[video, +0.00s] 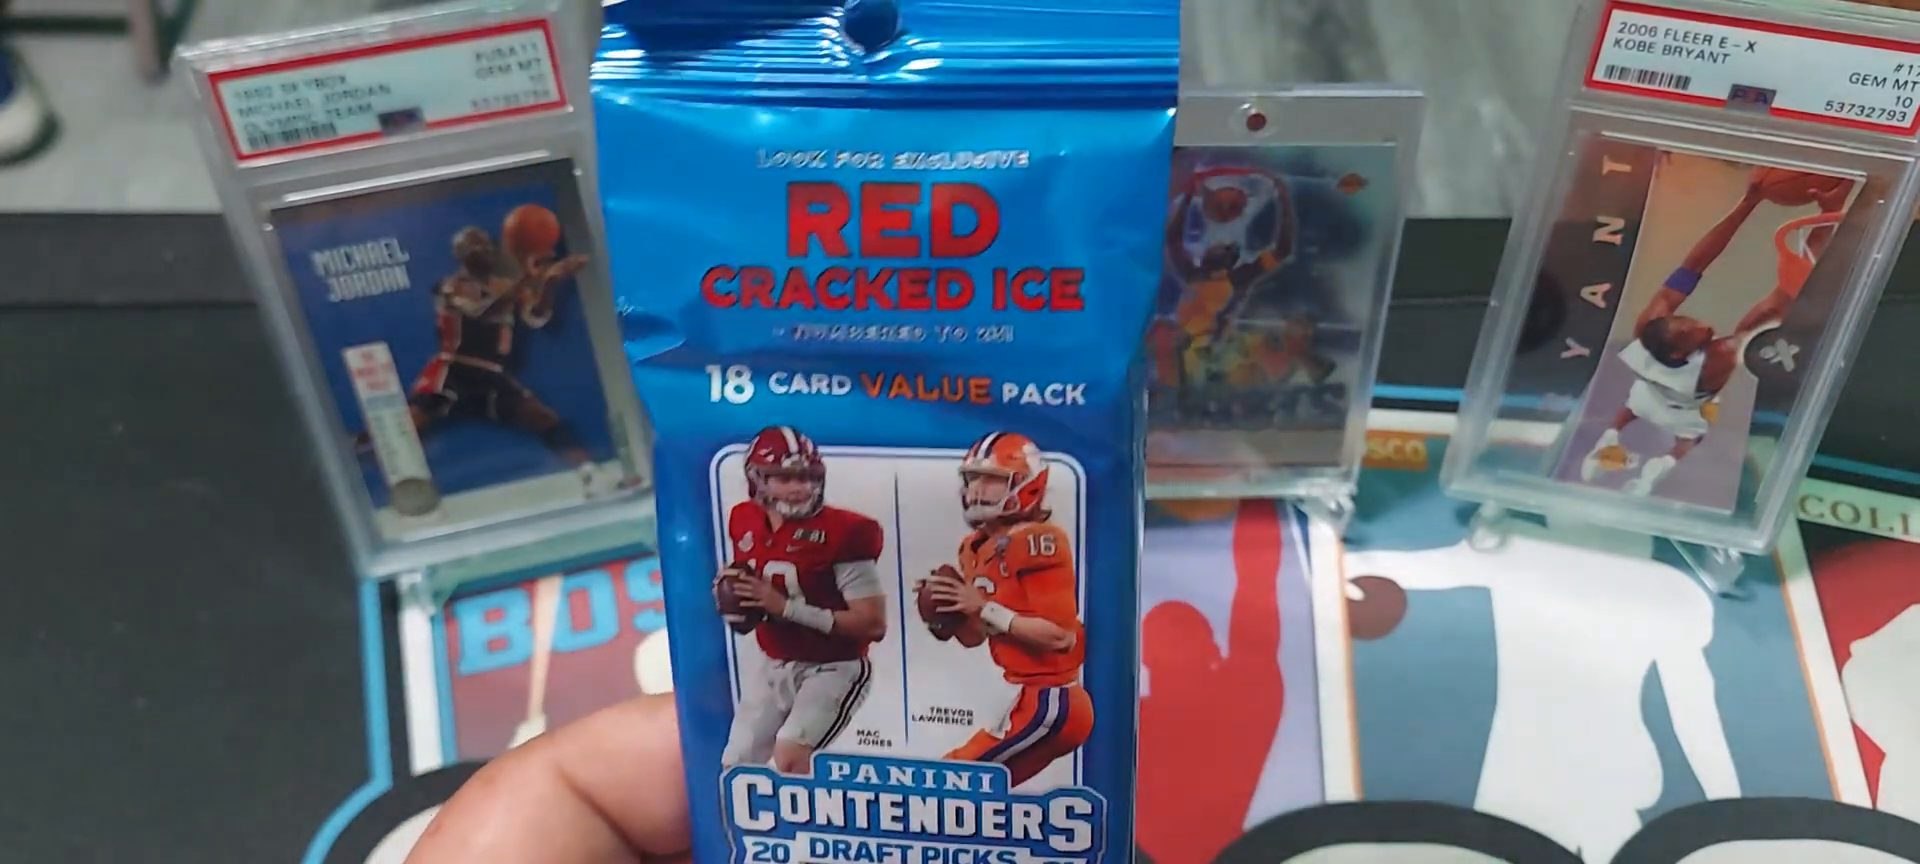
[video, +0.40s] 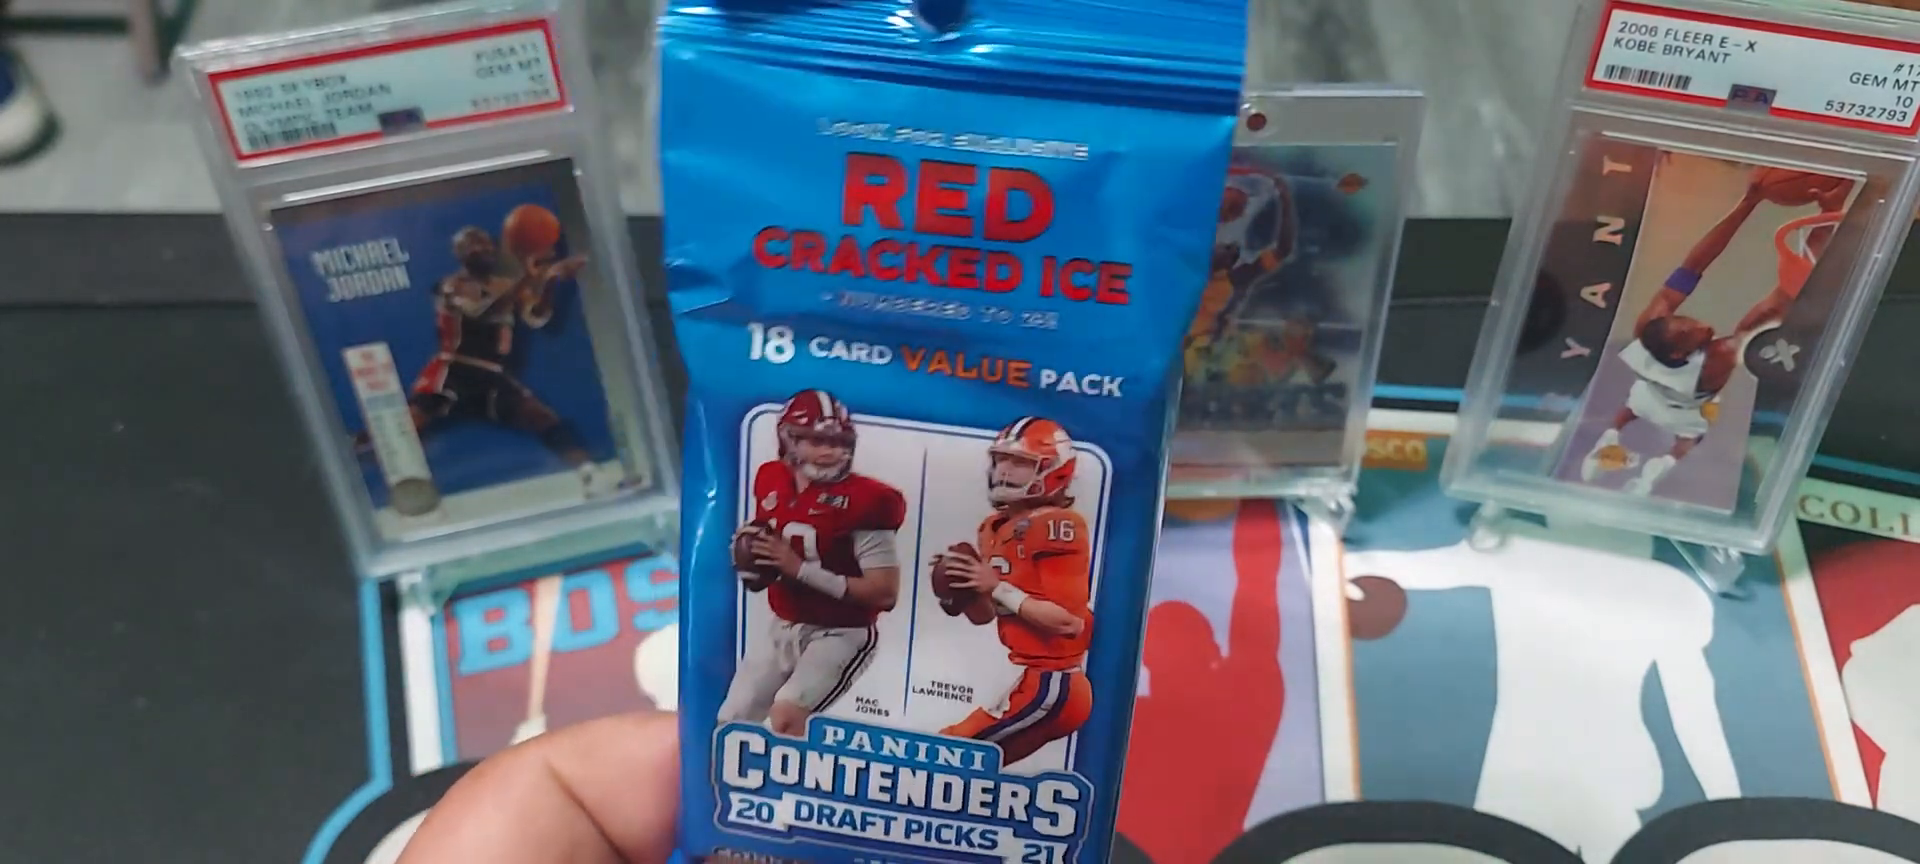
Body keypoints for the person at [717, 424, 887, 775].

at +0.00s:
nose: (797, 488)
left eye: (805, 478)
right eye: (784, 478)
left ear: (818, 480)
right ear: (759, 482)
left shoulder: (847, 532)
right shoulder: (745, 521)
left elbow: (872, 624)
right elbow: (745, 621)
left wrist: (784, 606)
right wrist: (728, 595)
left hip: (836, 669)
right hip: (775, 667)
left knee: (789, 755)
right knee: (736, 763)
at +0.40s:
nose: (828, 453)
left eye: (838, 443)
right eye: (817, 442)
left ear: (849, 447)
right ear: (792, 444)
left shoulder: (864, 502)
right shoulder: (774, 488)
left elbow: (885, 593)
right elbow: (758, 577)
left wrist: (798, 567)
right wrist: (744, 552)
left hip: (843, 635)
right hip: (783, 629)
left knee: (787, 713)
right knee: (731, 719)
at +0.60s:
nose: (779, 364)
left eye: (788, 354)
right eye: (768, 355)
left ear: (800, 356)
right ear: (745, 358)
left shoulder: (822, 408)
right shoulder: (731, 397)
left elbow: (842, 507)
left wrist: (761, 488)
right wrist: (712, 477)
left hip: (805, 558)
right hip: (749, 557)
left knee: (759, 650)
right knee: (706, 662)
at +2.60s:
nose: (787, 346)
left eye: (795, 335)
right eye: (775, 336)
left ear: (808, 336)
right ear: (750, 339)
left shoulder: (837, 390)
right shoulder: (736, 382)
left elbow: (864, 499)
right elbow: (739, 457)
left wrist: (776, 481)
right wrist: (722, 467)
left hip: (828, 555)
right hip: (766, 557)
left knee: (780, 669)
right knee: (726, 678)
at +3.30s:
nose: (805, 368)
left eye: (813, 357)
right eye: (791, 358)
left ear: (825, 358)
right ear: (767, 363)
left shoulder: (852, 413)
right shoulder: (754, 406)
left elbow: (877, 522)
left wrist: (791, 505)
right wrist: (739, 495)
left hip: (841, 577)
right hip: (780, 580)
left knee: (793, 691)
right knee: (738, 703)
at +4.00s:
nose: (852, 384)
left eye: (861, 372)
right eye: (838, 373)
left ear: (875, 375)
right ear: (813, 377)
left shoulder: (902, 432)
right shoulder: (802, 420)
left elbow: (925, 546)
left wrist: (836, 524)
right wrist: (783, 514)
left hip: (887, 602)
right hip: (826, 602)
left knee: (836, 715)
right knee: (779, 726)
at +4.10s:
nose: (904, 412)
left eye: (914, 400)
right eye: (890, 400)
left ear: (928, 402)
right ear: (865, 403)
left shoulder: (956, 461)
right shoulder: (852, 447)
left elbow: (975, 577)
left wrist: (885, 553)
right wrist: (832, 543)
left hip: (935, 635)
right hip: (871, 632)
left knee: (881, 748)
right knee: (823, 757)